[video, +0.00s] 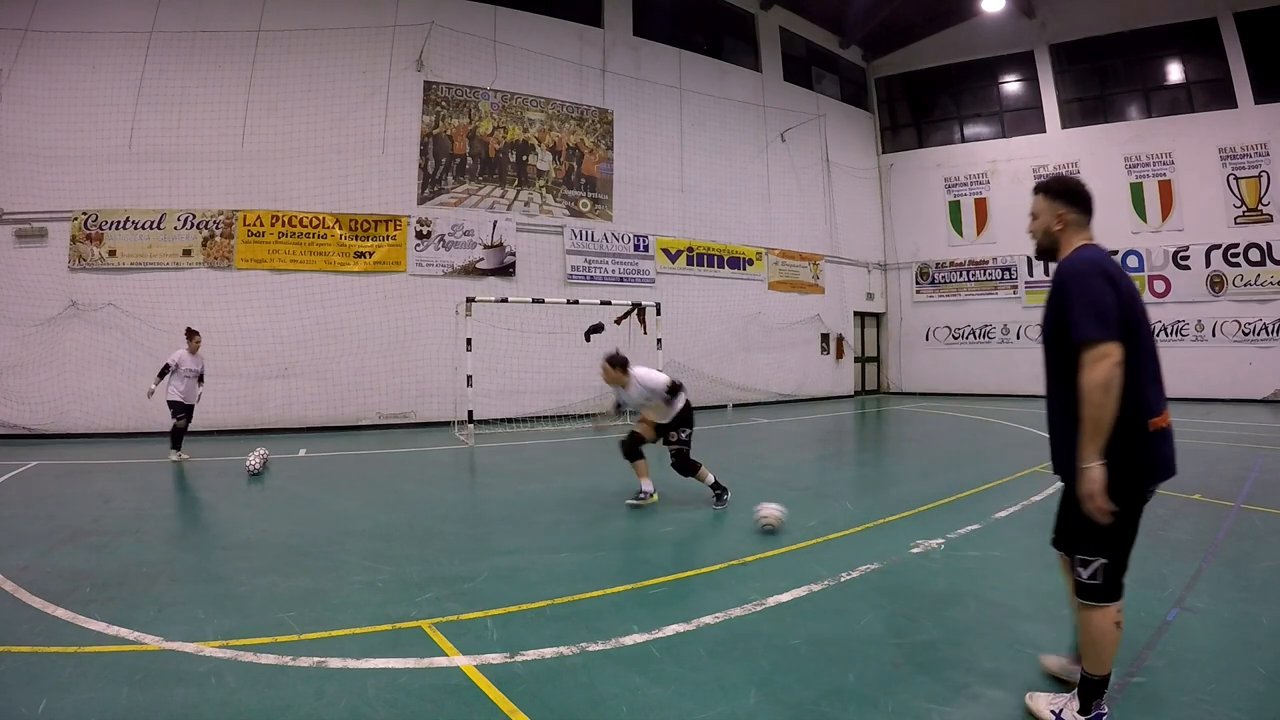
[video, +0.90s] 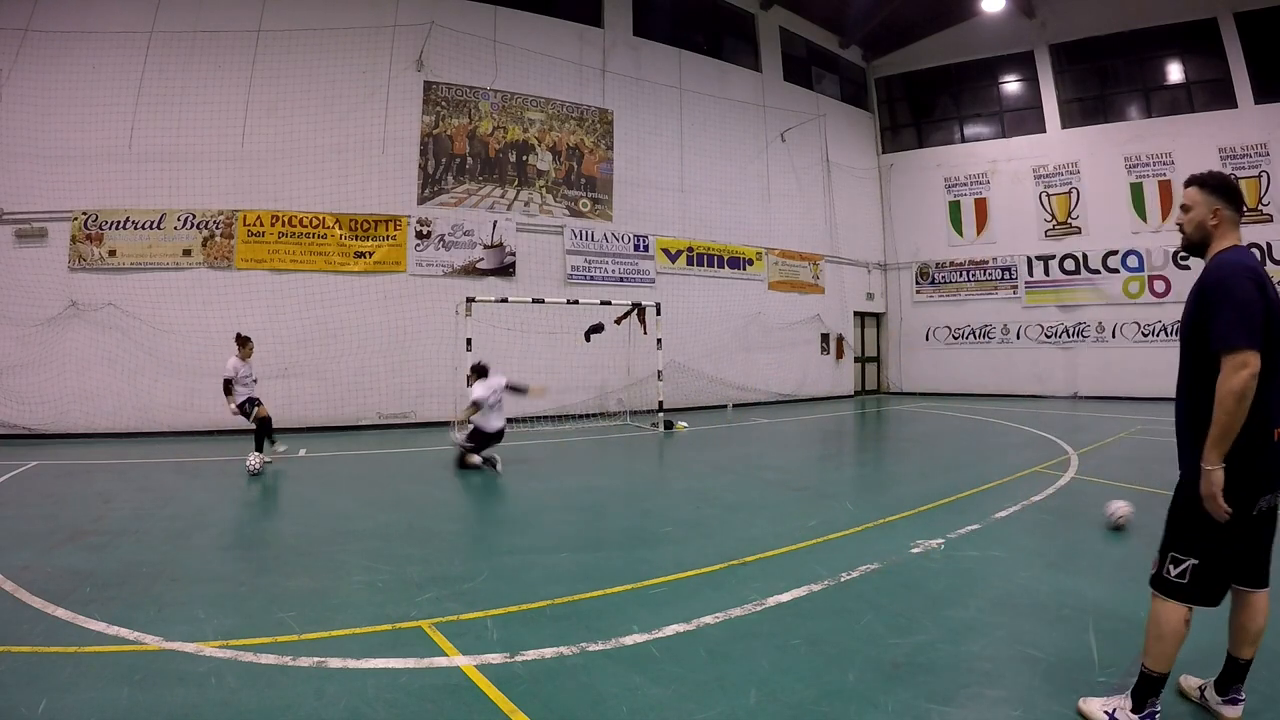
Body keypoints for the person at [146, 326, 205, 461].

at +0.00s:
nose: (199, 345)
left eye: (200, 342)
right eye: (196, 342)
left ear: (199, 343)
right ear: (189, 342)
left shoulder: (199, 359)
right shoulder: (179, 355)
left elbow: (201, 376)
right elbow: (165, 369)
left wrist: (200, 388)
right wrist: (153, 385)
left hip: (190, 397)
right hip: (175, 395)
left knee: (185, 424)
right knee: (181, 421)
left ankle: (178, 450)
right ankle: (173, 450)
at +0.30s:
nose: (214, 350)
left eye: (215, 347)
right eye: (212, 347)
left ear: (214, 347)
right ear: (203, 346)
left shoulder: (214, 362)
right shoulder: (191, 360)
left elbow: (215, 378)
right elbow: (179, 376)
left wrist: (210, 389)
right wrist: (169, 392)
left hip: (203, 397)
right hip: (188, 395)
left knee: (206, 426)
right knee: (190, 424)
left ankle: (192, 440)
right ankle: (181, 453)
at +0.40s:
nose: (220, 348)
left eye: (221, 345)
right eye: (218, 345)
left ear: (221, 346)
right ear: (210, 346)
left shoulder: (218, 360)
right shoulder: (201, 361)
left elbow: (213, 378)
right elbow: (192, 380)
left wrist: (212, 393)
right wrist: (195, 394)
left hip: (212, 400)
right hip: (197, 403)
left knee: (225, 420)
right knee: (191, 428)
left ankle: (220, 449)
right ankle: (181, 454)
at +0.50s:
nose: (227, 345)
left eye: (228, 342)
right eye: (225, 342)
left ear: (227, 342)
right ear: (217, 342)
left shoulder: (225, 356)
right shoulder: (212, 357)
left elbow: (221, 379)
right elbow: (202, 378)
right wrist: (203, 398)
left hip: (227, 398)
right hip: (212, 400)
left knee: (241, 419)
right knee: (198, 425)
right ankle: (180, 446)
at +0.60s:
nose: (235, 349)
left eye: (235, 347)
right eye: (232, 347)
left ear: (235, 347)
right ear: (224, 347)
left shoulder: (234, 361)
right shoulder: (219, 361)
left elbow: (233, 381)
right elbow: (212, 381)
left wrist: (238, 396)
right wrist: (213, 400)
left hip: (238, 398)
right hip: (225, 401)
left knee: (253, 423)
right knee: (227, 428)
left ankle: (258, 454)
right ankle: (204, 435)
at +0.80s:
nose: (249, 355)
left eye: (249, 352)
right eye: (247, 352)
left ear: (239, 352)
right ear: (238, 352)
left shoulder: (244, 364)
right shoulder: (231, 365)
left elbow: (244, 384)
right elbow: (228, 388)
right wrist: (238, 404)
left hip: (249, 398)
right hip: (237, 404)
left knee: (263, 420)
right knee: (260, 415)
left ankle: (259, 454)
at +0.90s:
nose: (252, 352)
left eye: (252, 349)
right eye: (250, 349)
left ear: (245, 349)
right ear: (240, 349)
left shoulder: (247, 362)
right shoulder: (232, 363)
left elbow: (246, 378)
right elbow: (226, 385)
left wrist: (253, 381)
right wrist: (231, 404)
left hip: (250, 396)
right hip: (241, 400)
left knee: (261, 423)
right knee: (265, 417)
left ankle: (258, 454)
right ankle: (273, 443)